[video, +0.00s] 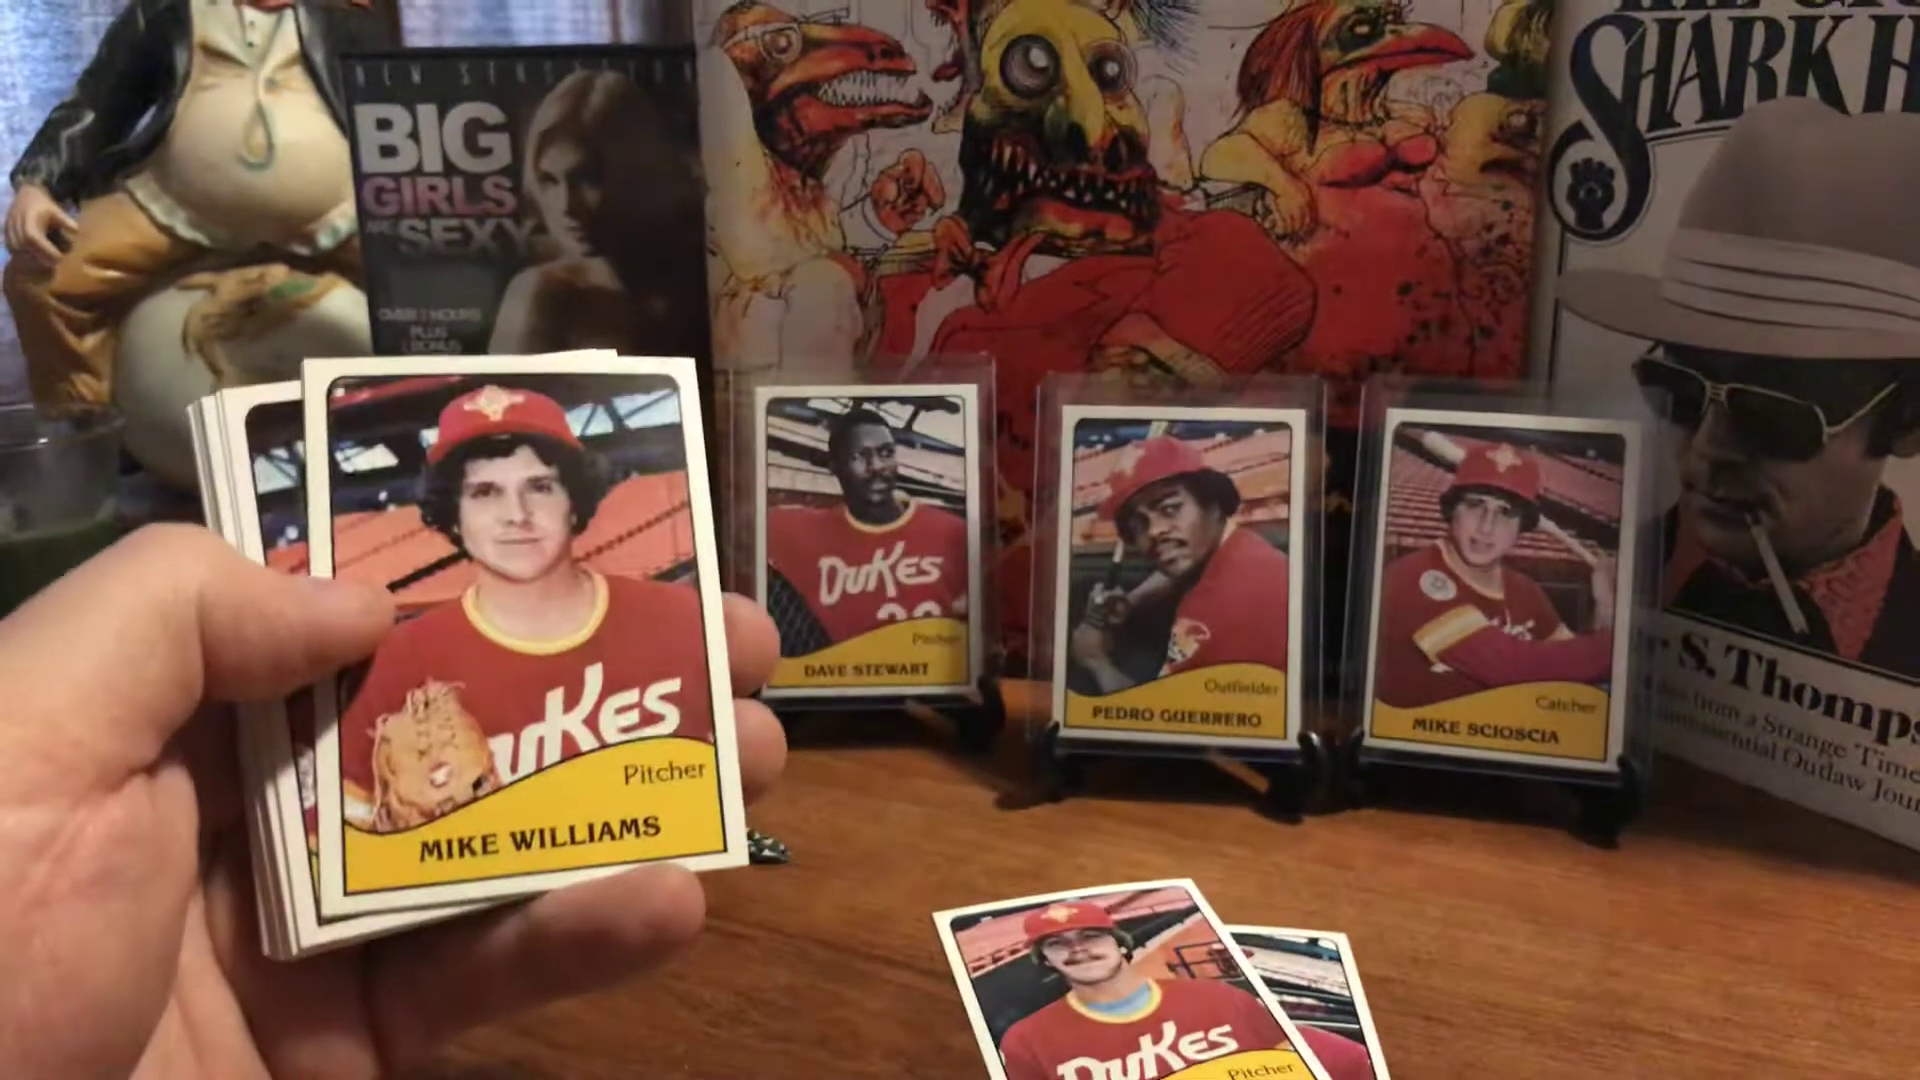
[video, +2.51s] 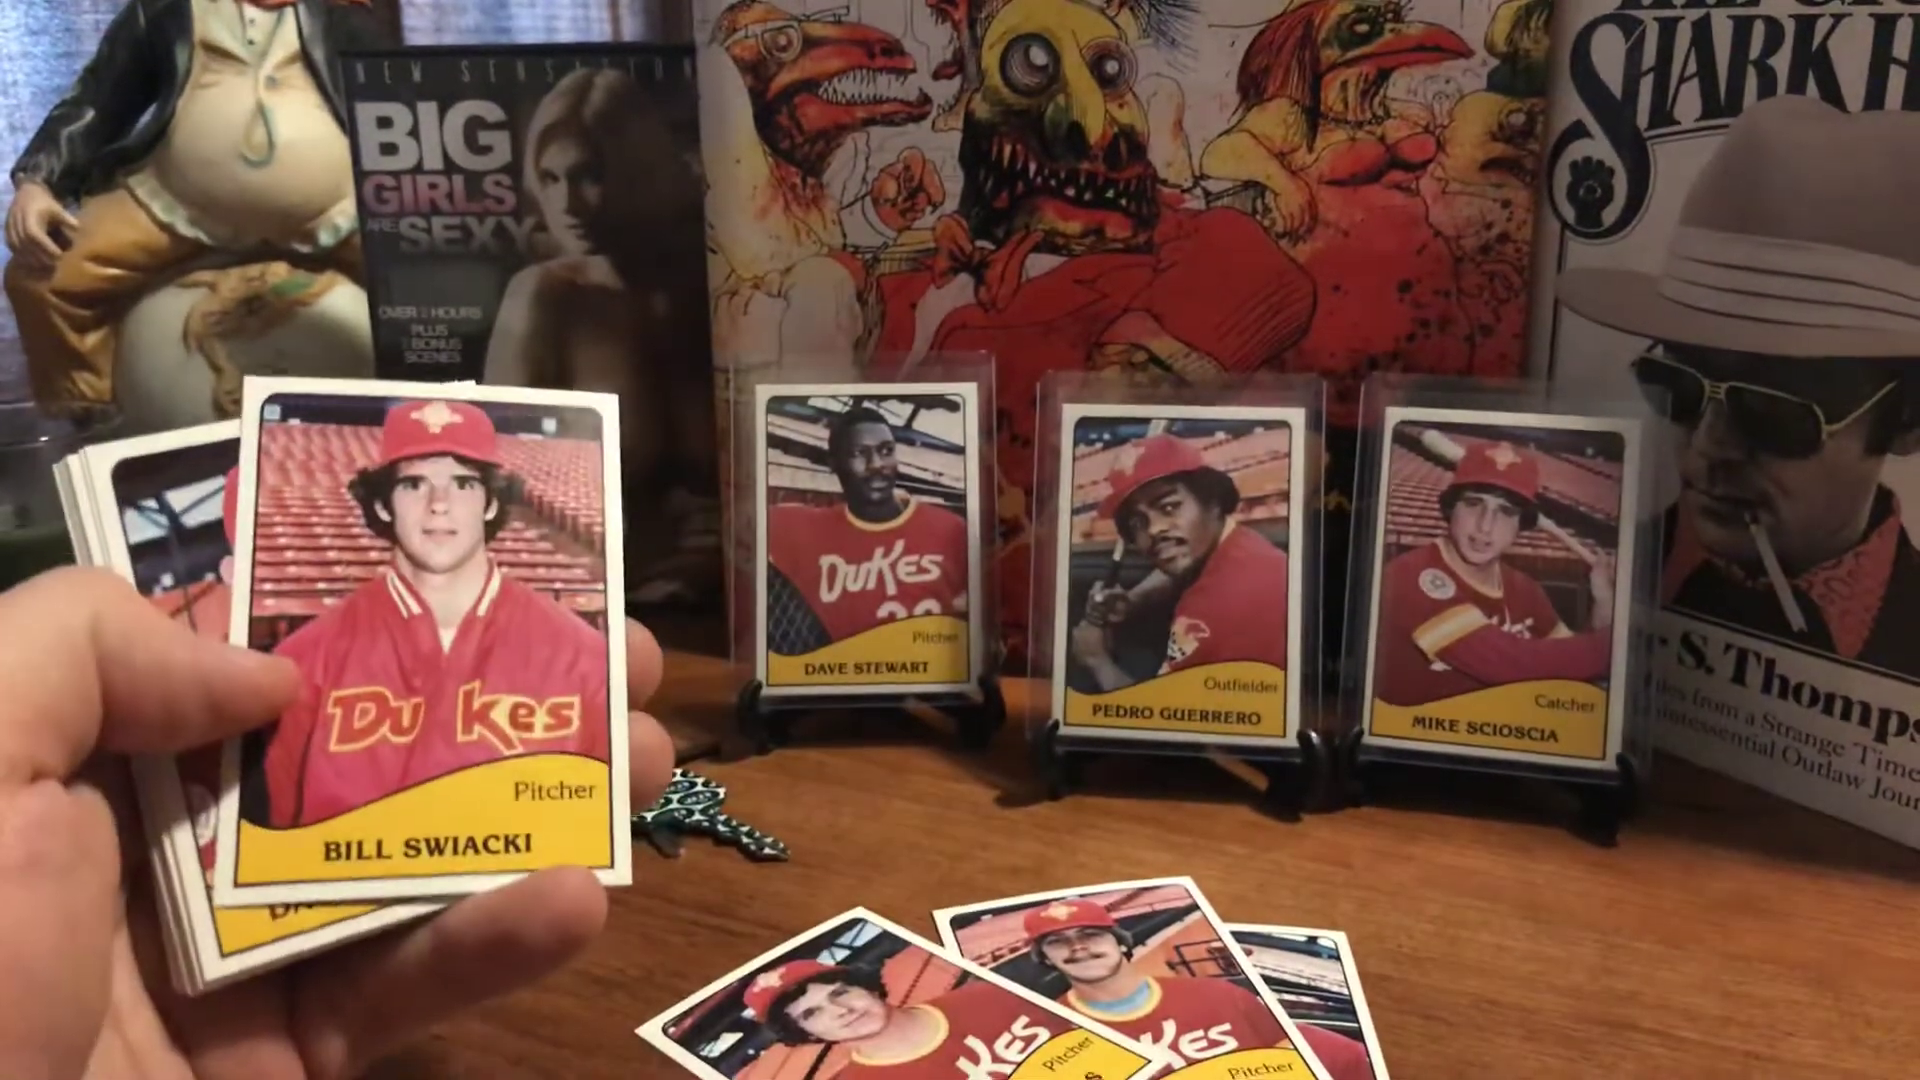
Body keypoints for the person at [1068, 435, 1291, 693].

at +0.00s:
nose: (1156, 531)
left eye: (1170, 509)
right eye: (1140, 522)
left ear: (1212, 505)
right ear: (1133, 539)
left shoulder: (1211, 606)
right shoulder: (1248, 547)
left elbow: (1159, 720)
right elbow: (1184, 566)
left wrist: (1097, 661)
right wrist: (1131, 602)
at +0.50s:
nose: (1156, 530)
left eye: (1170, 508)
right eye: (1141, 522)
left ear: (1215, 505)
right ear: (1133, 538)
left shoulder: (1212, 607)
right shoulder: (1247, 545)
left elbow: (1162, 720)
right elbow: (1184, 566)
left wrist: (1098, 662)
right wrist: (1131, 603)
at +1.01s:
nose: (1156, 530)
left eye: (1170, 508)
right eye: (1140, 522)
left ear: (1213, 504)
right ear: (1133, 539)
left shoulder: (1213, 605)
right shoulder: (1248, 544)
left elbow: (1160, 720)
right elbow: (1185, 564)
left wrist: (1098, 662)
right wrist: (1132, 603)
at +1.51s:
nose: (1156, 531)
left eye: (1170, 508)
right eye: (1140, 522)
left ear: (1214, 505)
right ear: (1133, 540)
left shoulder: (1213, 606)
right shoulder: (1249, 545)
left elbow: (1159, 720)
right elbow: (1184, 564)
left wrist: (1098, 662)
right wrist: (1132, 603)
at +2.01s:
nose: (1155, 532)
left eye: (1169, 510)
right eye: (1140, 524)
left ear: (1213, 507)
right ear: (1133, 540)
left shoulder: (1211, 607)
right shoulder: (1248, 548)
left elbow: (1160, 722)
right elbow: (1184, 567)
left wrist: (1098, 663)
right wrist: (1131, 604)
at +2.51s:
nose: (1155, 529)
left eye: (1169, 507)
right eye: (1139, 522)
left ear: (1213, 502)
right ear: (1133, 539)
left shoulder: (1211, 606)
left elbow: (1161, 718)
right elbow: (1183, 565)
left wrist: (1098, 661)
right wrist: (1133, 601)